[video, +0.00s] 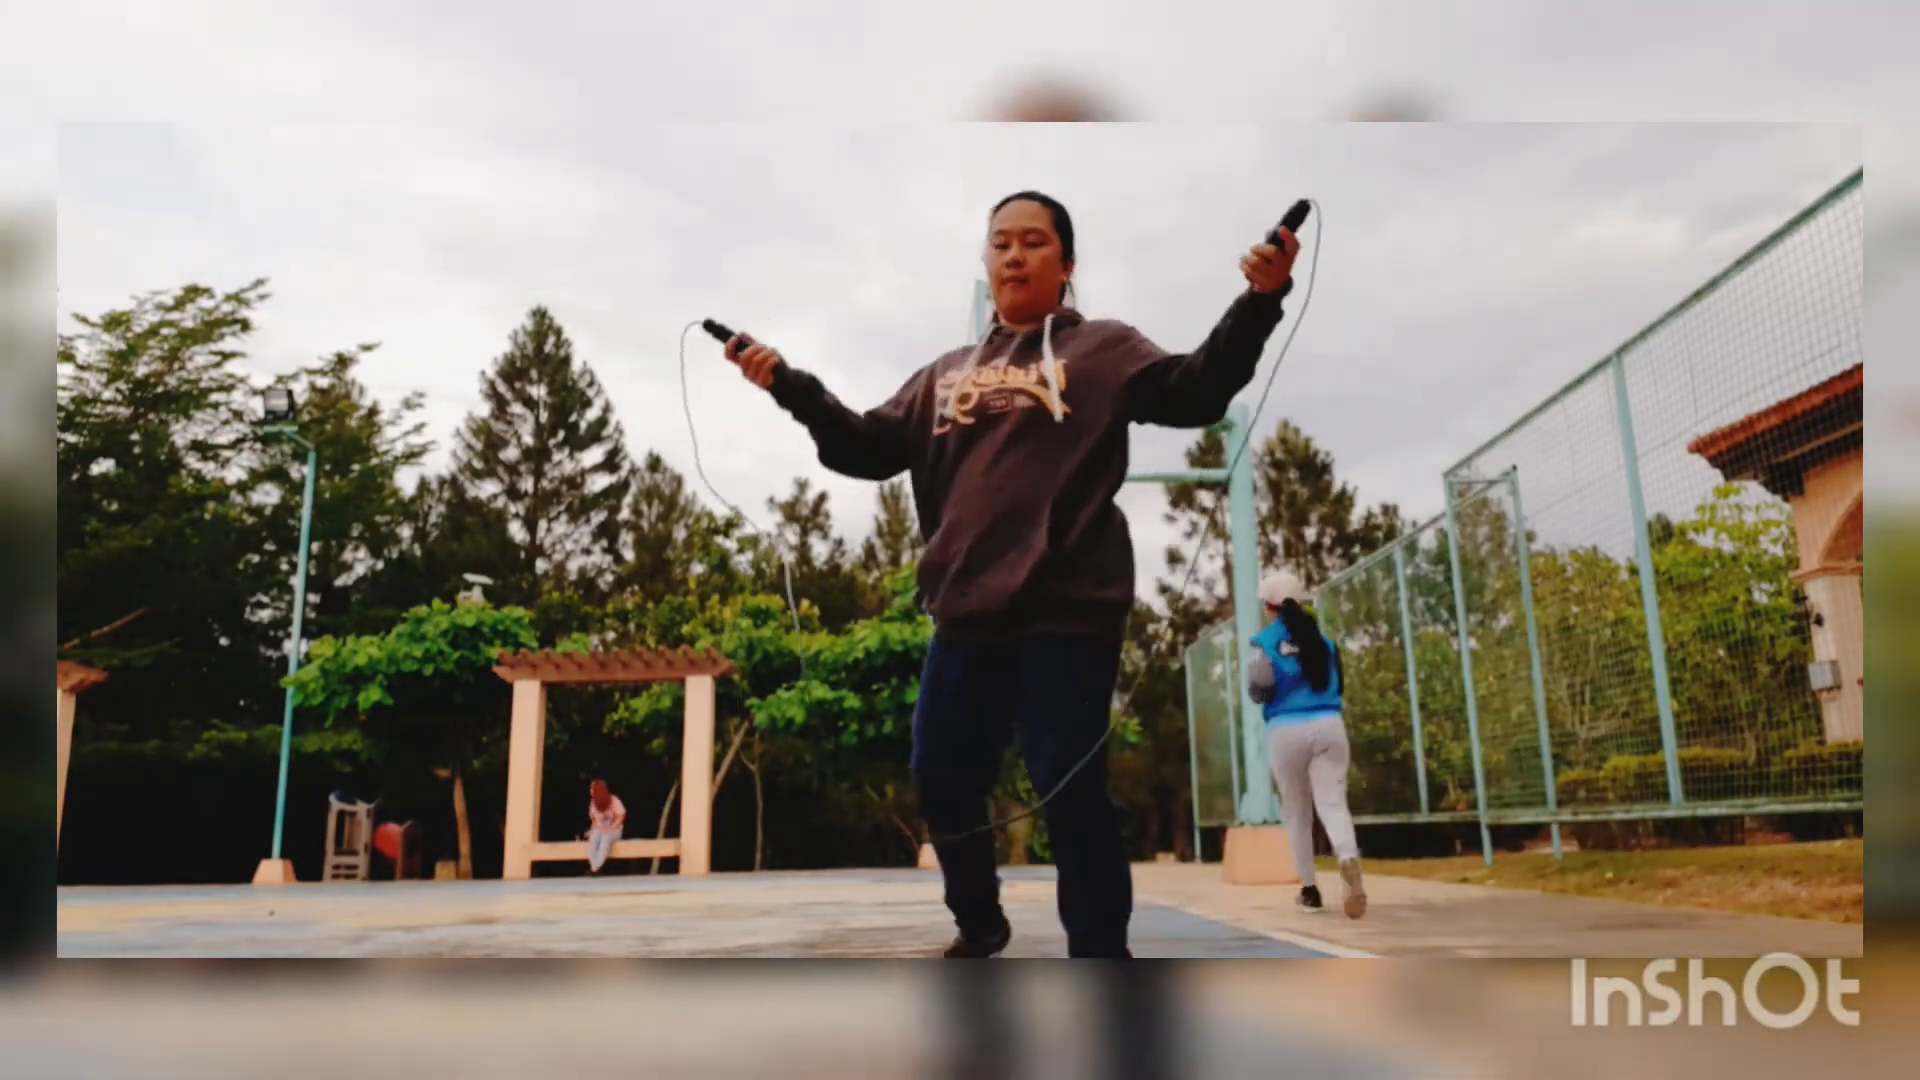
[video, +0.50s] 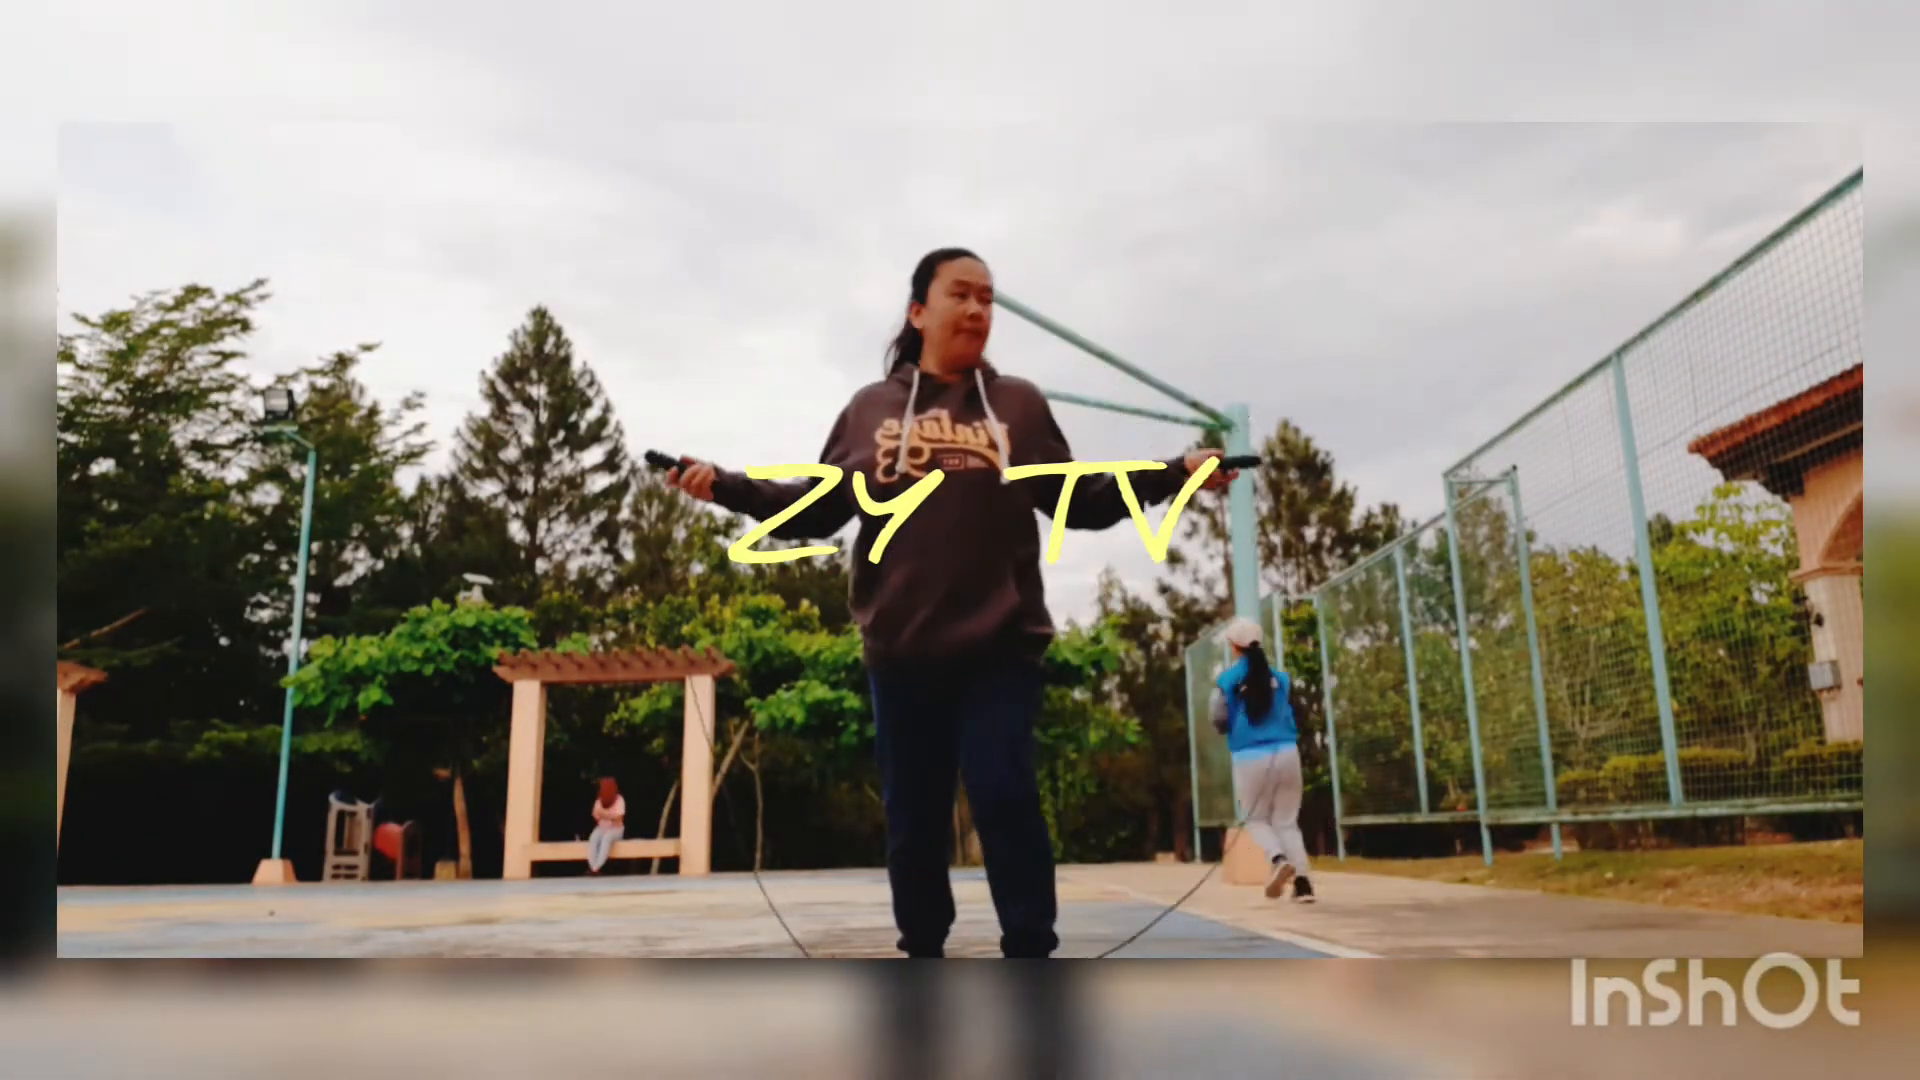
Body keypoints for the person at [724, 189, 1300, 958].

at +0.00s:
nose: (1014, 254)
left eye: (1034, 241)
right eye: (1001, 243)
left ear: (1067, 263)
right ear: (986, 264)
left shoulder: (1102, 349)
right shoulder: (946, 376)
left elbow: (1196, 393)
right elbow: (869, 448)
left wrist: (1259, 299)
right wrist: (786, 384)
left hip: (1073, 603)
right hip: (969, 607)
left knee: (1069, 779)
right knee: (942, 773)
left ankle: (1101, 954)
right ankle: (980, 929)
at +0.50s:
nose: (978, 310)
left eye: (987, 300)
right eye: (961, 295)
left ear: (994, 317)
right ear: (917, 312)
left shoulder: (1018, 404)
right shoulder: (869, 408)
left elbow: (1079, 499)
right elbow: (819, 508)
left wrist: (1176, 475)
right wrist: (727, 486)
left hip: (999, 640)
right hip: (903, 647)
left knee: (1004, 795)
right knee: (914, 813)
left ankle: (1031, 955)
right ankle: (922, 957)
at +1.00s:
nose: (1003, 316)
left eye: (1005, 305)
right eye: (985, 303)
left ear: (1006, 324)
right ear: (939, 321)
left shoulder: (1039, 408)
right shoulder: (895, 410)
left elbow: (1112, 470)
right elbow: (834, 480)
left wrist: (1198, 483)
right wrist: (787, 491)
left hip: (1022, 641)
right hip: (926, 644)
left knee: (1021, 806)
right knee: (926, 804)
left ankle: (1018, 952)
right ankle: (925, 950)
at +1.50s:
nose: (988, 326)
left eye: (1001, 314)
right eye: (972, 315)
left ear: (1022, 331)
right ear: (948, 333)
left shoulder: (1061, 416)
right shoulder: (915, 411)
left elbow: (1147, 448)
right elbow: (848, 446)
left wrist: (1200, 391)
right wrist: (807, 386)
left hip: (1039, 647)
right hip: (944, 647)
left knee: (1030, 812)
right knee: (939, 802)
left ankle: (1019, 952)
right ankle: (929, 949)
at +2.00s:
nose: (953, 350)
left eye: (967, 338)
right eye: (939, 337)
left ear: (990, 355)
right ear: (917, 353)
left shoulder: (1026, 445)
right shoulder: (883, 450)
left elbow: (1084, 539)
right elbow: (831, 545)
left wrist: (1164, 586)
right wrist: (772, 595)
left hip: (1020, 654)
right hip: (925, 662)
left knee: (1035, 739)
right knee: (932, 810)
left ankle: (1017, 921)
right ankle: (939, 952)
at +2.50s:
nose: (956, 304)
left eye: (972, 293)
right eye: (941, 295)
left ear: (997, 319)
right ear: (922, 320)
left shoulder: (1040, 403)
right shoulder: (892, 408)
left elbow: (1118, 482)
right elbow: (827, 497)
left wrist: (1210, 448)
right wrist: (727, 478)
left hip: (1003, 642)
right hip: (905, 643)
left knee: (996, 809)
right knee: (895, 778)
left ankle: (1001, 956)